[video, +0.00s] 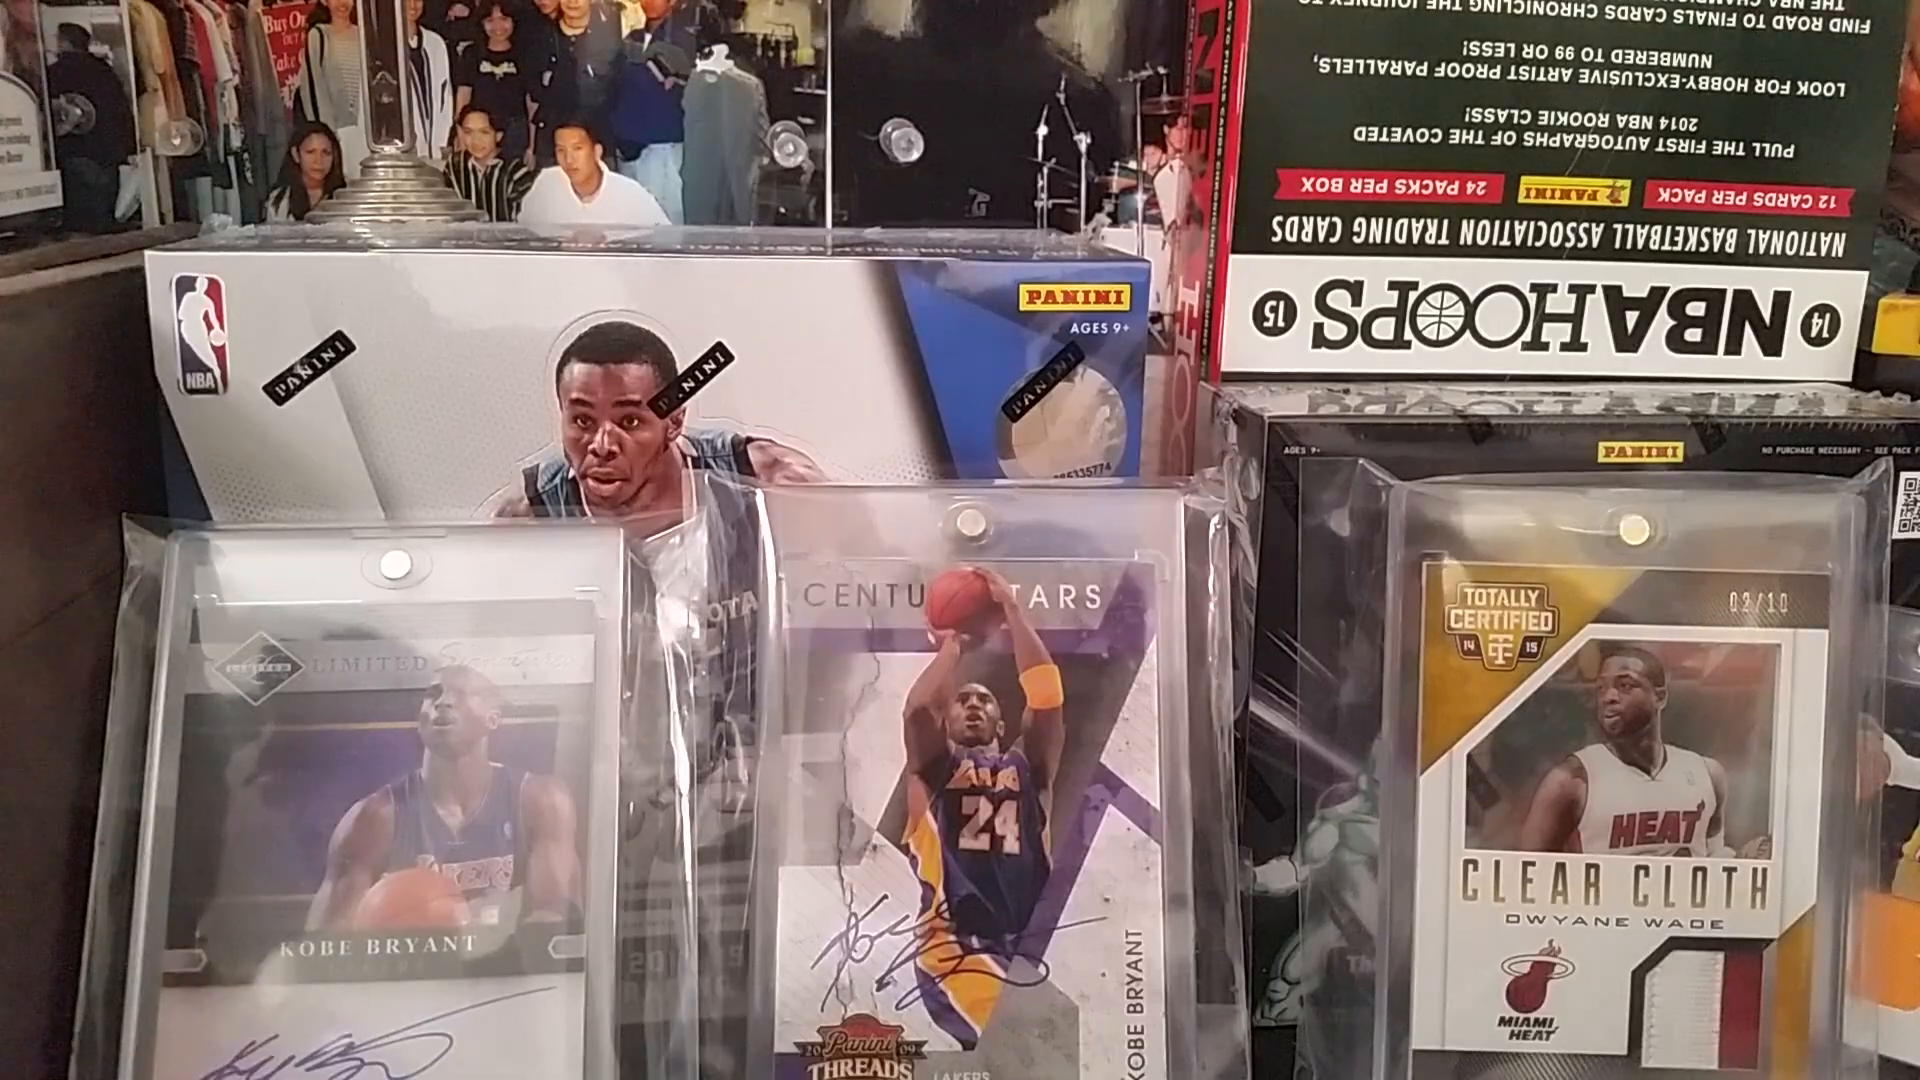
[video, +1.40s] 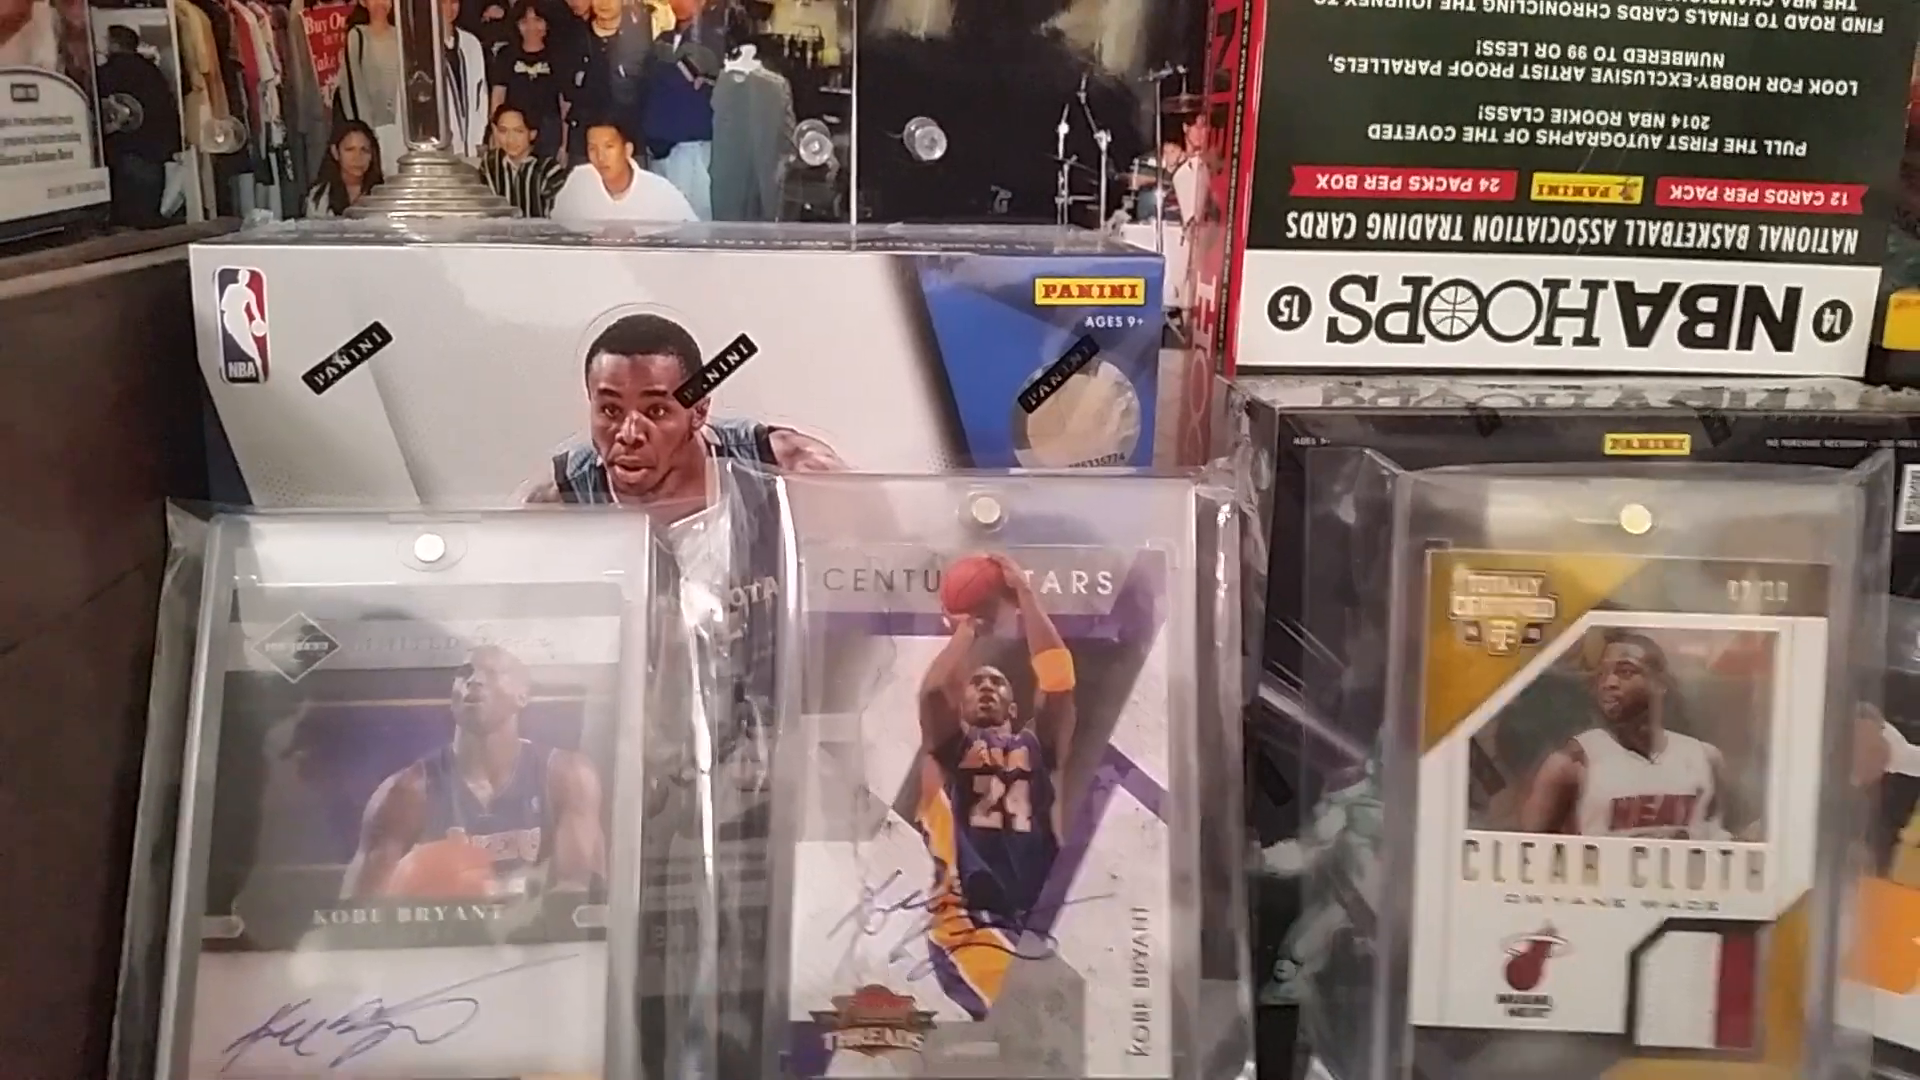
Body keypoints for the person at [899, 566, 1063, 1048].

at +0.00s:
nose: (973, 705)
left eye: (984, 700)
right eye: (962, 700)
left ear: (1002, 722)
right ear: (946, 722)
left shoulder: (1029, 765)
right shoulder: (934, 766)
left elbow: (1046, 694)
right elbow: (919, 708)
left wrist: (1012, 607)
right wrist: (952, 644)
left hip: (1026, 943)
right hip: (952, 945)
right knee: (1027, 1043)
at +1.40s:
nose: (986, 688)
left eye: (997, 683)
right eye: (975, 683)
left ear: (1014, 702)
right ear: (960, 702)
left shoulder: (1041, 746)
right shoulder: (949, 746)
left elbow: (1058, 680)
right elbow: (933, 689)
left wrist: (1025, 594)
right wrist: (970, 624)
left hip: (1035, 919)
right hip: (965, 921)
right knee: (1035, 1014)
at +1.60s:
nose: (909, 682)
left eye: (922, 672)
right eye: (898, 673)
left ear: (941, 681)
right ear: (881, 682)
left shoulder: (955, 725)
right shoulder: (876, 730)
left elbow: (979, 664)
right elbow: (858, 682)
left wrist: (947, 593)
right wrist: (893, 621)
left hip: (949, 833)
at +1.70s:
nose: (872, 675)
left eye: (884, 666)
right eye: (861, 667)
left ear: (904, 677)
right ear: (845, 677)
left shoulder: (923, 724)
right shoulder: (839, 726)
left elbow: (941, 657)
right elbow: (822, 678)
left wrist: (910, 584)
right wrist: (852, 620)